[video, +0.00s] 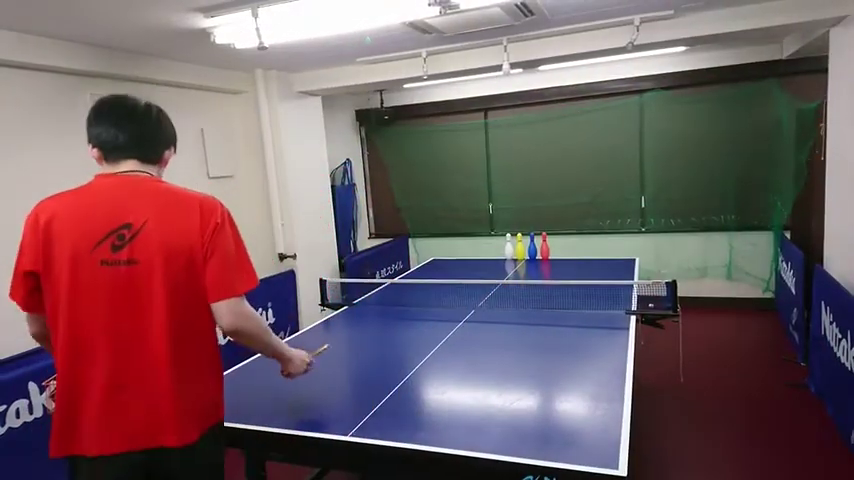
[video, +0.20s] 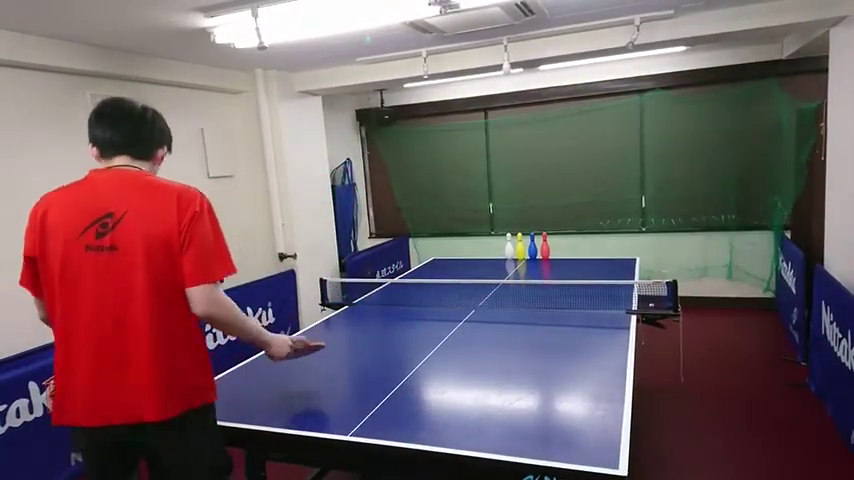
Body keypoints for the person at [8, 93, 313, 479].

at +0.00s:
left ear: (95, 153)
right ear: (167, 155)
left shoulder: (47, 217)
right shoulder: (202, 212)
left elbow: (40, 329)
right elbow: (233, 319)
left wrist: (83, 368)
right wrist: (285, 354)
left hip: (93, 444)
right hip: (186, 436)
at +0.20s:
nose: (164, 163)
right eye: (166, 157)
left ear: (94, 151)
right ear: (159, 155)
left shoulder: (48, 209)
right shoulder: (183, 202)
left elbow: (46, 309)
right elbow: (205, 302)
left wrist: (100, 332)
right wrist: (269, 341)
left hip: (89, 414)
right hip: (174, 409)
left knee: (106, 472)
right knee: (200, 472)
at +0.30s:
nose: (158, 167)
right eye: (161, 159)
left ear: (93, 153)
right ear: (156, 157)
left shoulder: (49, 209)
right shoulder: (170, 200)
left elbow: (49, 305)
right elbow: (191, 298)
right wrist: (263, 333)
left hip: (86, 411)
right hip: (163, 405)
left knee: (105, 473)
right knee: (189, 472)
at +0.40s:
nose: (155, 174)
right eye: (157, 168)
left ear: (92, 158)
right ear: (152, 162)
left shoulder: (52, 210)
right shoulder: (153, 200)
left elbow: (53, 292)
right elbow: (169, 293)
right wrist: (250, 327)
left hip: (80, 407)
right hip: (150, 400)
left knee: (107, 473)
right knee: (179, 471)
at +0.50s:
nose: (150, 183)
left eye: (153, 176)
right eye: (152, 175)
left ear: (94, 161)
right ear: (144, 165)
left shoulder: (53, 212)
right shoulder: (135, 198)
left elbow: (64, 302)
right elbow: (138, 287)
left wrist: (148, 352)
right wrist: (230, 324)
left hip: (66, 408)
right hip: (135, 402)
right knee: (162, 471)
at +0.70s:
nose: (144, 198)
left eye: (147, 192)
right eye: (147, 189)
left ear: (95, 167)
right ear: (139, 173)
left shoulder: (60, 208)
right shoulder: (115, 192)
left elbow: (61, 305)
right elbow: (96, 271)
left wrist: (127, 356)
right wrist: (187, 320)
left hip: (43, 390)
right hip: (95, 386)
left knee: (67, 472)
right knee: (130, 471)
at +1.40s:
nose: (138, 196)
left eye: (146, 187)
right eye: (145, 185)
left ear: (94, 160)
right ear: (130, 170)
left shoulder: (66, 196)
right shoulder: (86, 198)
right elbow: (48, 292)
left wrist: (129, 326)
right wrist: (145, 340)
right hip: (62, 406)